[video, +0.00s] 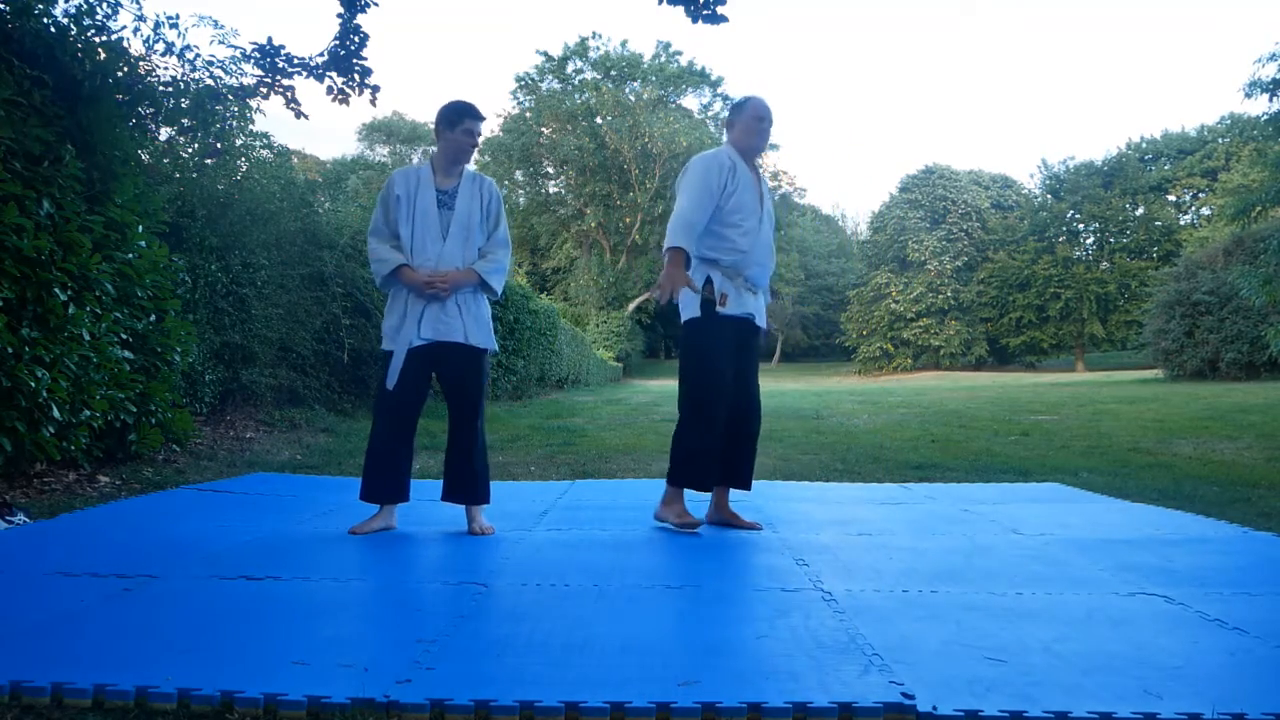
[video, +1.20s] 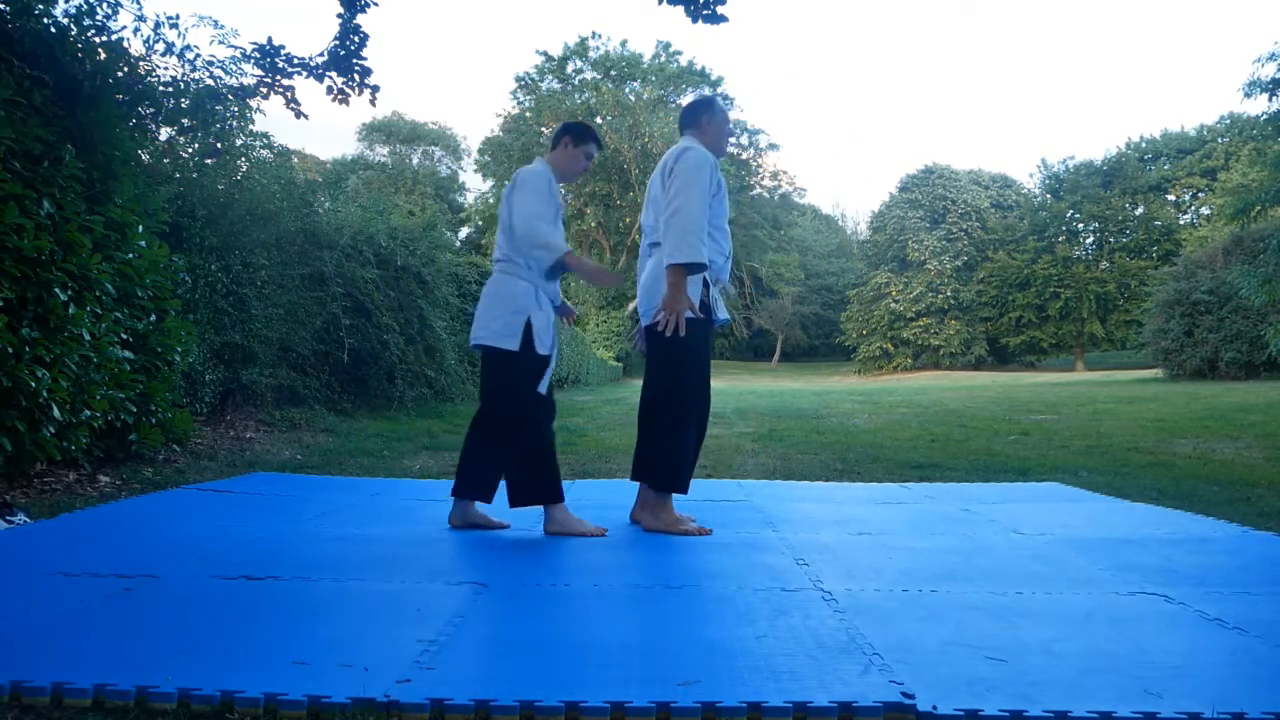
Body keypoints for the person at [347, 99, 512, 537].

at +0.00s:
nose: (475, 142)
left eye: (478, 135)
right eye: (468, 133)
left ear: (477, 139)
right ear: (441, 133)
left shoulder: (486, 191)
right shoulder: (401, 182)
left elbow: (499, 255)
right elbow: (378, 244)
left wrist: (462, 277)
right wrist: (410, 276)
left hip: (466, 322)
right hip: (411, 320)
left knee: (469, 419)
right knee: (394, 415)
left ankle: (475, 511)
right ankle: (387, 511)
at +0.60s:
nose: (532, 165)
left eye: (536, 159)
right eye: (530, 155)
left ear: (517, 152)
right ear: (508, 142)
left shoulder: (511, 204)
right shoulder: (456, 176)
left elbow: (510, 269)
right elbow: (427, 233)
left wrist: (507, 325)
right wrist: (430, 288)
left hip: (488, 320)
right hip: (441, 309)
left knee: (483, 413)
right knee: (409, 407)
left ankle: (464, 508)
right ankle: (384, 503)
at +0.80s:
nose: (553, 167)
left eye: (557, 162)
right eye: (552, 157)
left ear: (540, 156)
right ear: (529, 144)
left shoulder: (525, 209)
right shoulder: (485, 174)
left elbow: (520, 271)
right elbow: (457, 222)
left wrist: (523, 320)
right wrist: (445, 273)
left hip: (500, 317)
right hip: (462, 306)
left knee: (488, 412)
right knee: (447, 404)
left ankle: (463, 505)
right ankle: (422, 497)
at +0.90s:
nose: (557, 168)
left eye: (562, 163)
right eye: (557, 158)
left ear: (544, 154)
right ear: (536, 145)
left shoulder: (528, 207)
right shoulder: (496, 174)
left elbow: (523, 272)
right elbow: (468, 221)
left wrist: (531, 318)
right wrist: (463, 268)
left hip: (502, 320)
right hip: (471, 311)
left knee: (490, 409)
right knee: (466, 406)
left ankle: (465, 503)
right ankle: (455, 503)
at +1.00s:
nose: (567, 170)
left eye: (572, 164)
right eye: (567, 159)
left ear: (551, 155)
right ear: (545, 147)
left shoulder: (532, 199)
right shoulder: (510, 175)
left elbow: (529, 269)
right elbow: (486, 223)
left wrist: (541, 314)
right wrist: (501, 268)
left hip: (507, 315)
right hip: (491, 310)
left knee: (478, 408)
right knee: (505, 406)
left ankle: (461, 506)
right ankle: (512, 509)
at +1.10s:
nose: (573, 170)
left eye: (578, 164)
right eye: (573, 159)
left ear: (554, 152)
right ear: (552, 147)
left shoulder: (533, 190)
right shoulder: (519, 175)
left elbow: (528, 262)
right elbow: (500, 229)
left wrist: (549, 308)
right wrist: (531, 263)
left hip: (511, 310)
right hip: (499, 307)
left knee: (483, 407)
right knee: (517, 408)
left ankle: (462, 506)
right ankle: (543, 511)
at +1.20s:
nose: (587, 167)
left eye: (591, 161)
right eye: (585, 157)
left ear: (566, 149)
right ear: (564, 144)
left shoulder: (546, 188)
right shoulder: (534, 176)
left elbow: (530, 257)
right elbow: (531, 233)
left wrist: (555, 301)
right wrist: (581, 263)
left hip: (524, 306)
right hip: (516, 305)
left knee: (498, 406)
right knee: (535, 409)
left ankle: (464, 505)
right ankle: (556, 513)